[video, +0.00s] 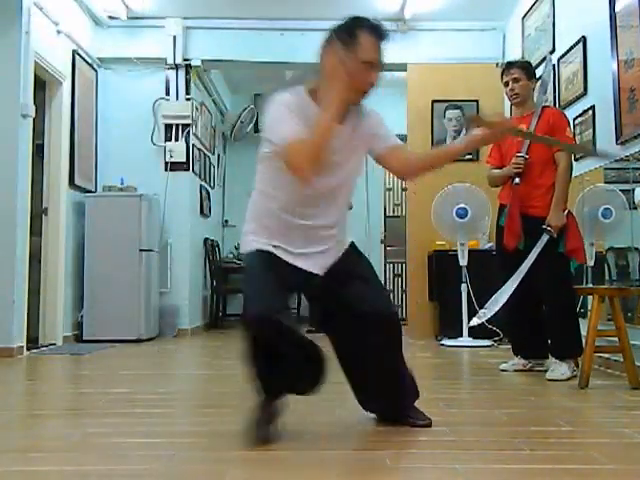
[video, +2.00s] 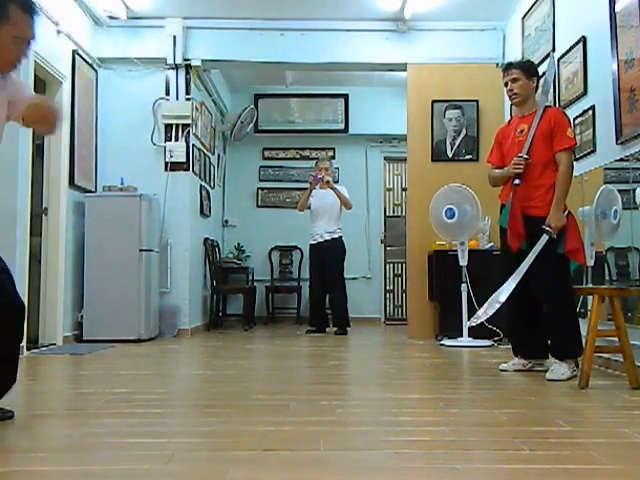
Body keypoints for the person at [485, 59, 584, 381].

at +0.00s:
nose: (511, 87)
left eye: (517, 80)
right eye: (507, 83)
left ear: (533, 83)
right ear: (504, 90)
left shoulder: (552, 117)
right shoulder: (503, 129)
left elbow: (564, 163)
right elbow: (492, 177)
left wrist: (558, 209)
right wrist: (508, 171)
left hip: (546, 213)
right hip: (512, 214)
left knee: (554, 284)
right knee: (517, 283)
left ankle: (564, 357)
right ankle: (529, 354)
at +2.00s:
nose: (509, 87)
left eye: (515, 80)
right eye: (506, 83)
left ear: (534, 82)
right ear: (505, 89)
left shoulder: (553, 117)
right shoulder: (504, 131)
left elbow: (565, 164)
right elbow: (493, 177)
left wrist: (557, 209)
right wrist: (508, 171)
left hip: (546, 214)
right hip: (513, 216)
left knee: (553, 284)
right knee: (519, 284)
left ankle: (565, 358)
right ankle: (529, 354)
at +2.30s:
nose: (510, 87)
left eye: (515, 80)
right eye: (506, 83)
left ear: (533, 82)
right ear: (505, 89)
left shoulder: (553, 117)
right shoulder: (505, 131)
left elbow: (565, 165)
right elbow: (493, 177)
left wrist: (557, 209)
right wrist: (508, 171)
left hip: (546, 214)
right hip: (514, 216)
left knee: (553, 284)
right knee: (519, 284)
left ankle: (566, 358)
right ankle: (529, 354)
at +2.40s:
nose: (510, 86)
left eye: (516, 80)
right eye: (506, 83)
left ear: (534, 82)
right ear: (505, 89)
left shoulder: (554, 116)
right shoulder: (505, 131)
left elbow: (565, 165)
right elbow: (493, 177)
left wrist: (557, 209)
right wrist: (508, 171)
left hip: (546, 214)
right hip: (514, 214)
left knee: (553, 284)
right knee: (520, 284)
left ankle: (565, 358)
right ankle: (530, 354)